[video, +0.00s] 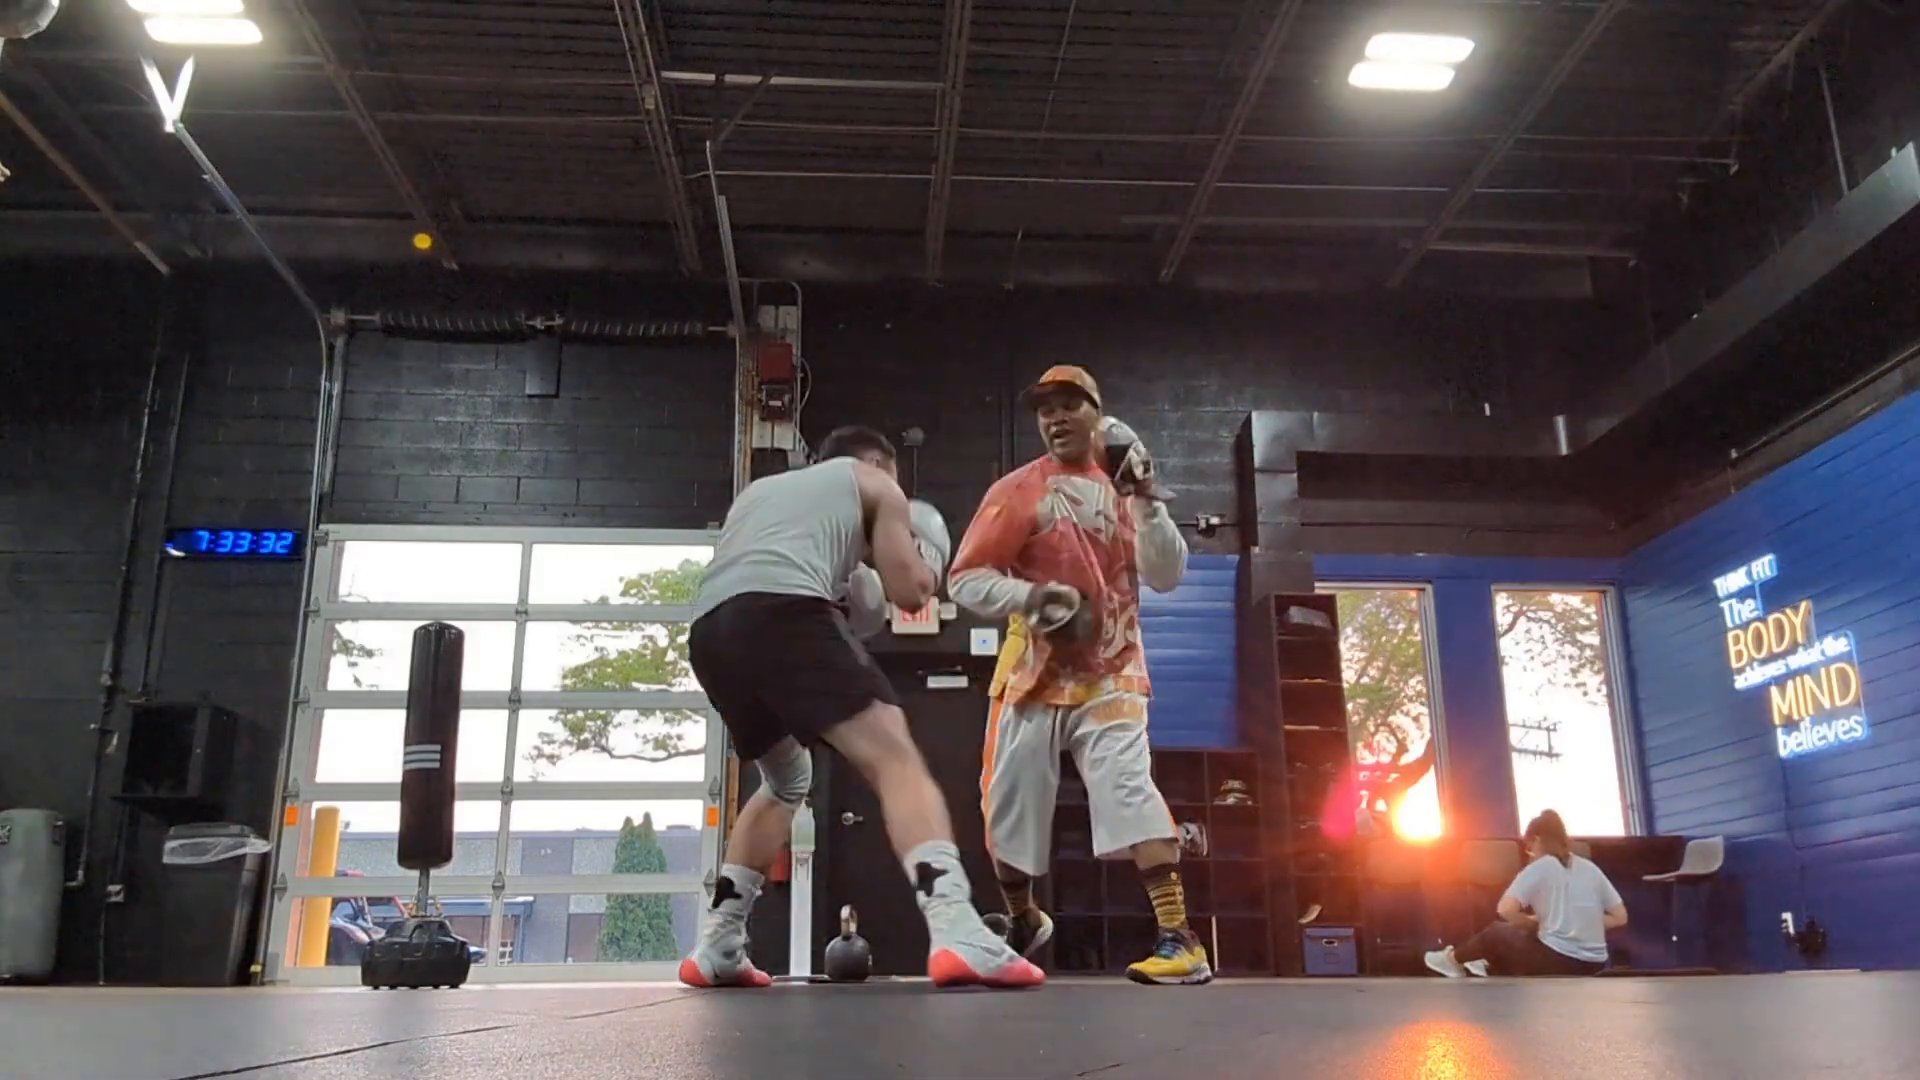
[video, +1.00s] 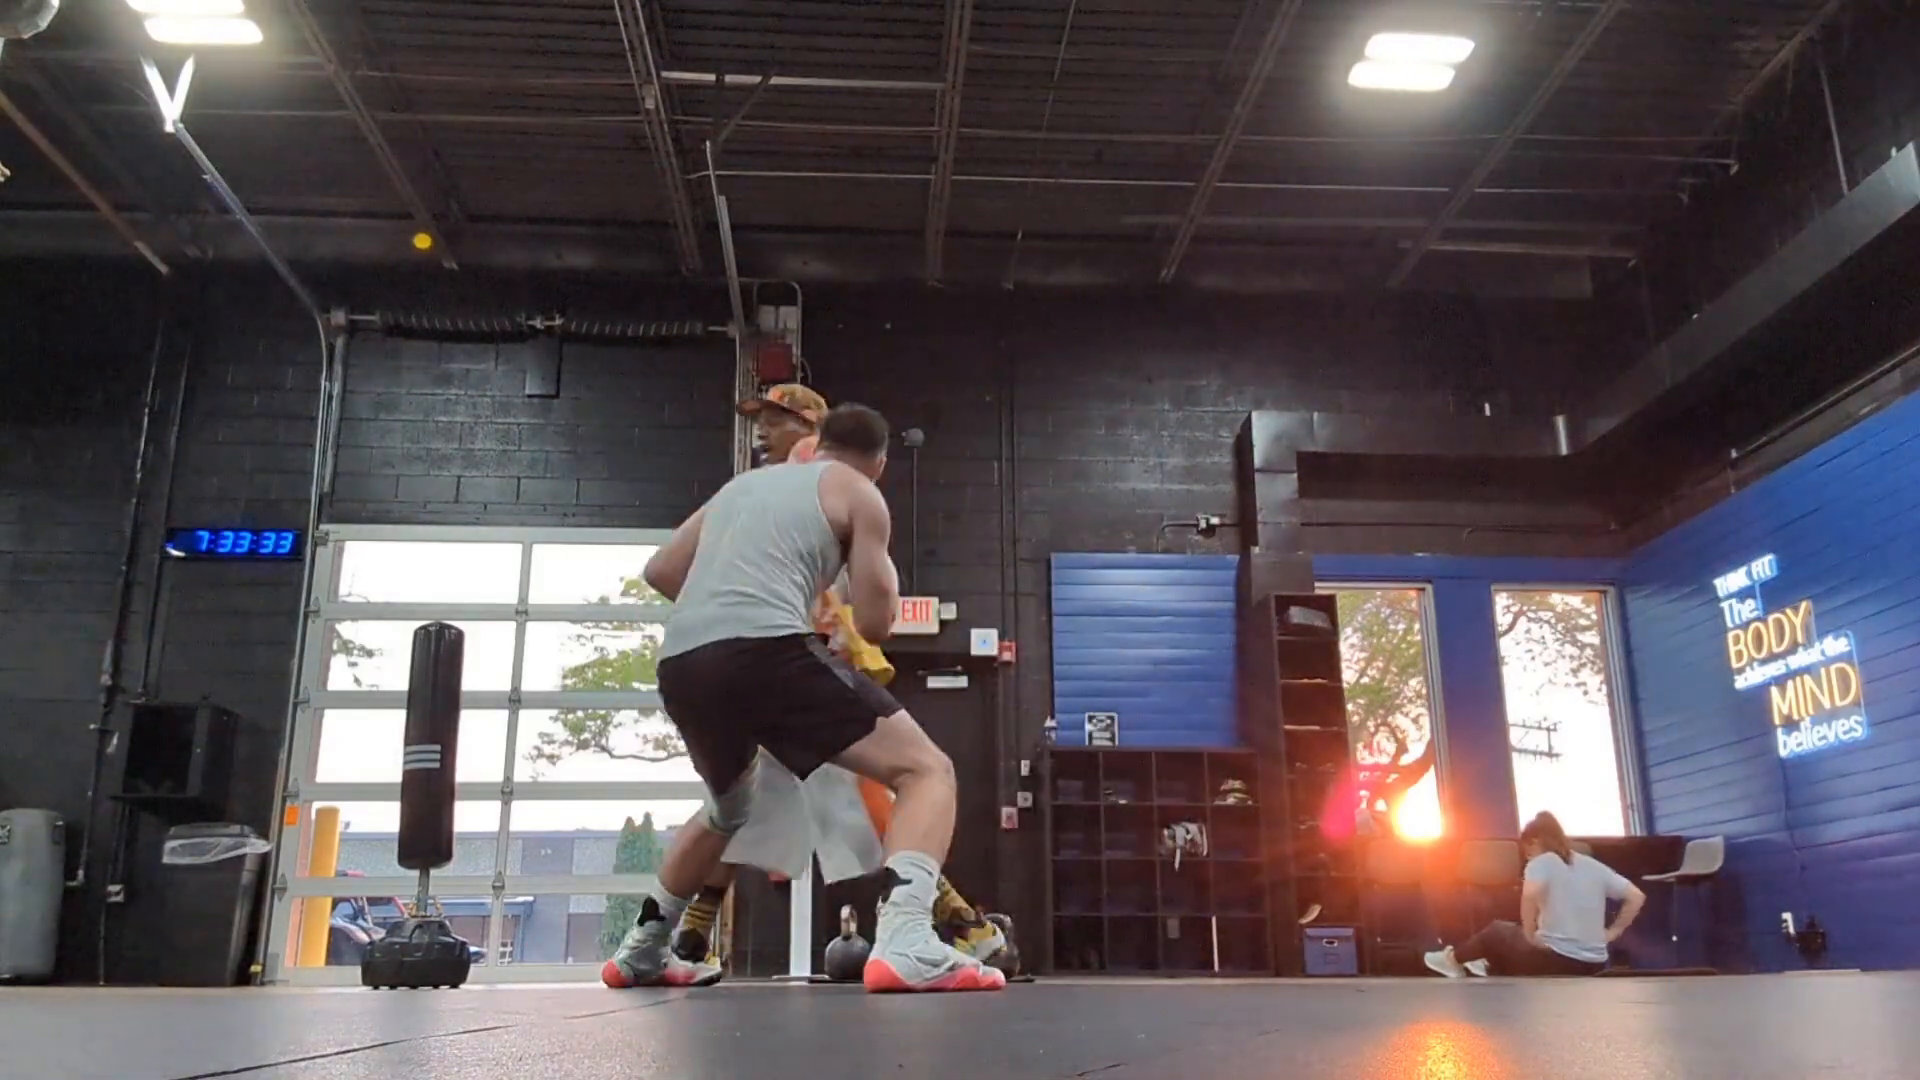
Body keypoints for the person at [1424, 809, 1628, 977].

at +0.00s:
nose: (1529, 853)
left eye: (1529, 847)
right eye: (1528, 848)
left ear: (1538, 840)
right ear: (1562, 839)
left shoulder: (1540, 867)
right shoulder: (1590, 868)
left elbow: (1505, 909)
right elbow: (1620, 918)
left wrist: (1532, 923)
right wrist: (1582, 923)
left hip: (1559, 959)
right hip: (1595, 962)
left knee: (1497, 931)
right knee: (1522, 935)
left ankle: (1453, 959)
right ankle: (1488, 965)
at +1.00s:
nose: (1527, 856)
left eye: (1527, 849)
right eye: (1526, 850)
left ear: (1537, 842)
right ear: (1558, 840)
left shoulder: (1540, 863)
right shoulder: (1592, 866)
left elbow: (1531, 895)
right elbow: (1636, 897)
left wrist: (1529, 935)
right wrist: (1614, 932)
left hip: (1559, 958)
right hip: (1595, 961)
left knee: (1499, 931)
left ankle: (1451, 958)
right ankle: (1487, 964)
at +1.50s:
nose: (1524, 849)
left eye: (1524, 843)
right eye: (1524, 843)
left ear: (1529, 842)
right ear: (1555, 838)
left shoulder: (1533, 865)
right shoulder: (1584, 867)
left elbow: (1523, 898)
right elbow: (1625, 909)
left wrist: (1509, 937)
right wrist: (1599, 934)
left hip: (1555, 959)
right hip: (1593, 961)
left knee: (1494, 929)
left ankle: (1452, 959)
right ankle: (1486, 962)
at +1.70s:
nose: (1520, 853)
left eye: (1520, 847)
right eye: (1520, 847)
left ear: (1524, 848)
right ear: (1551, 845)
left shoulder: (1528, 868)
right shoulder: (1576, 869)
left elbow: (1509, 905)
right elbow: (1593, 910)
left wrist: (1488, 911)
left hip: (1557, 958)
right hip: (1593, 961)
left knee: (1492, 934)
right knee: (1529, 925)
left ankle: (1453, 959)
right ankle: (1485, 962)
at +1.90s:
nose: (1513, 853)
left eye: (1514, 849)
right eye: (1515, 849)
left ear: (1518, 850)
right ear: (1542, 848)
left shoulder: (1520, 872)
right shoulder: (1567, 873)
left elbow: (1502, 916)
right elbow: (1561, 916)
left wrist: (1485, 910)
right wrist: (1524, 920)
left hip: (1556, 958)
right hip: (1591, 961)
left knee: (1490, 933)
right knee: (1520, 933)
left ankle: (1451, 961)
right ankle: (1483, 963)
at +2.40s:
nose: (1513, 854)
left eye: (1515, 850)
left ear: (1517, 853)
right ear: (1543, 851)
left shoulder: (1517, 874)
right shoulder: (1569, 875)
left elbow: (1485, 920)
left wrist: (1508, 914)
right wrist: (1524, 917)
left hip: (1554, 959)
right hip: (1591, 961)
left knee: (1496, 932)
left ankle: (1449, 960)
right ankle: (1483, 964)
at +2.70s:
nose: (1531, 842)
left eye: (1532, 838)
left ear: (1533, 840)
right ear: (1562, 840)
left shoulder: (1529, 869)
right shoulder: (1586, 871)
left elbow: (1501, 915)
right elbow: (1585, 911)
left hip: (1556, 958)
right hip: (1593, 962)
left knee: (1497, 932)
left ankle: (1452, 959)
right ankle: (1485, 964)